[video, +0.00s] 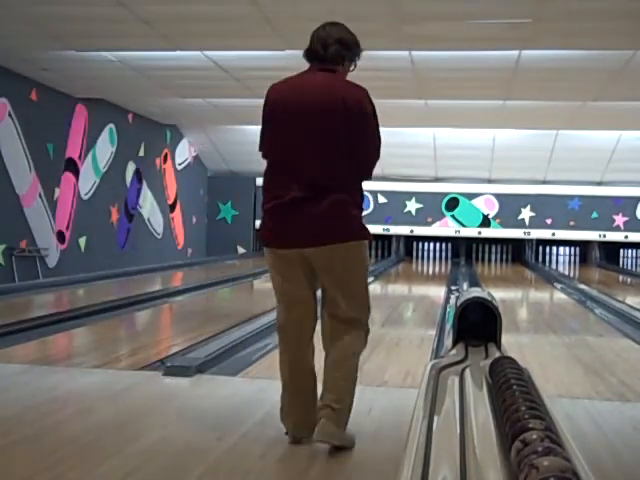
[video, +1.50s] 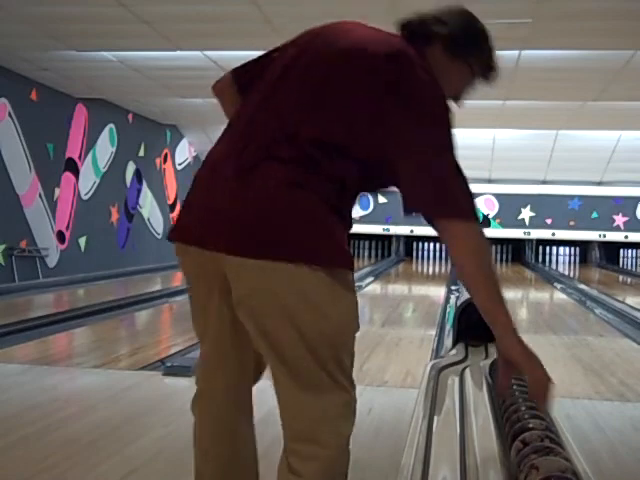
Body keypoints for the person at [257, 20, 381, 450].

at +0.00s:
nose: (354, 67)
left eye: (355, 61)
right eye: (354, 61)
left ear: (310, 53)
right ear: (346, 59)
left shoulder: (278, 92)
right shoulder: (354, 96)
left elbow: (267, 148)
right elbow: (369, 160)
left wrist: (309, 161)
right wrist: (335, 173)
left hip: (281, 230)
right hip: (337, 231)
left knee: (293, 325)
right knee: (347, 323)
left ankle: (298, 424)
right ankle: (332, 422)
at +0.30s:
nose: (371, 74)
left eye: (373, 64)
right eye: (371, 63)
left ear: (329, 50)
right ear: (355, 54)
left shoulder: (277, 86)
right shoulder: (358, 94)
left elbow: (257, 149)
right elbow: (377, 171)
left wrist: (303, 159)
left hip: (273, 234)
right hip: (332, 237)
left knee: (286, 328)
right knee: (338, 341)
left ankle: (290, 416)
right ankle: (316, 458)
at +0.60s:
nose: (377, 68)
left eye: (382, 60)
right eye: (379, 57)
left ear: (338, 32)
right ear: (360, 36)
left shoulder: (280, 65)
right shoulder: (350, 75)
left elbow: (270, 144)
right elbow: (369, 156)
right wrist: (325, 172)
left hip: (254, 229)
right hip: (317, 233)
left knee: (264, 337)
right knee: (325, 352)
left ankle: (258, 464)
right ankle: (317, 466)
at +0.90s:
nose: (364, 54)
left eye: (370, 47)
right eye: (367, 42)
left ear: (322, 16)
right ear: (343, 18)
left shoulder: (261, 58)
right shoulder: (321, 58)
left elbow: (227, 149)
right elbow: (338, 150)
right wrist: (354, 171)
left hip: (235, 240)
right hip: (296, 243)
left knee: (246, 372)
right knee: (310, 367)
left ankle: (242, 473)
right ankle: (319, 466)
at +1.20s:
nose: (393, 35)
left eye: (400, 24)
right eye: (398, 18)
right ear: (375, 2)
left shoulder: (274, 27)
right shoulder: (335, 34)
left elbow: (212, 111)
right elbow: (338, 133)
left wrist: (287, 146)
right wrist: (401, 217)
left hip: (218, 225)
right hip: (288, 229)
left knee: (236, 383)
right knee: (310, 393)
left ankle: (232, 475)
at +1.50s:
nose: (459, 96)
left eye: (470, 84)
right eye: (466, 77)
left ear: (424, 35)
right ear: (443, 48)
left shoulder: (330, 37)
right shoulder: (415, 88)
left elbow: (228, 87)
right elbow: (457, 225)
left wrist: (275, 163)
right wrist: (511, 341)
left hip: (200, 224)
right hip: (288, 242)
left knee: (220, 386)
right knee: (318, 402)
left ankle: (220, 473)